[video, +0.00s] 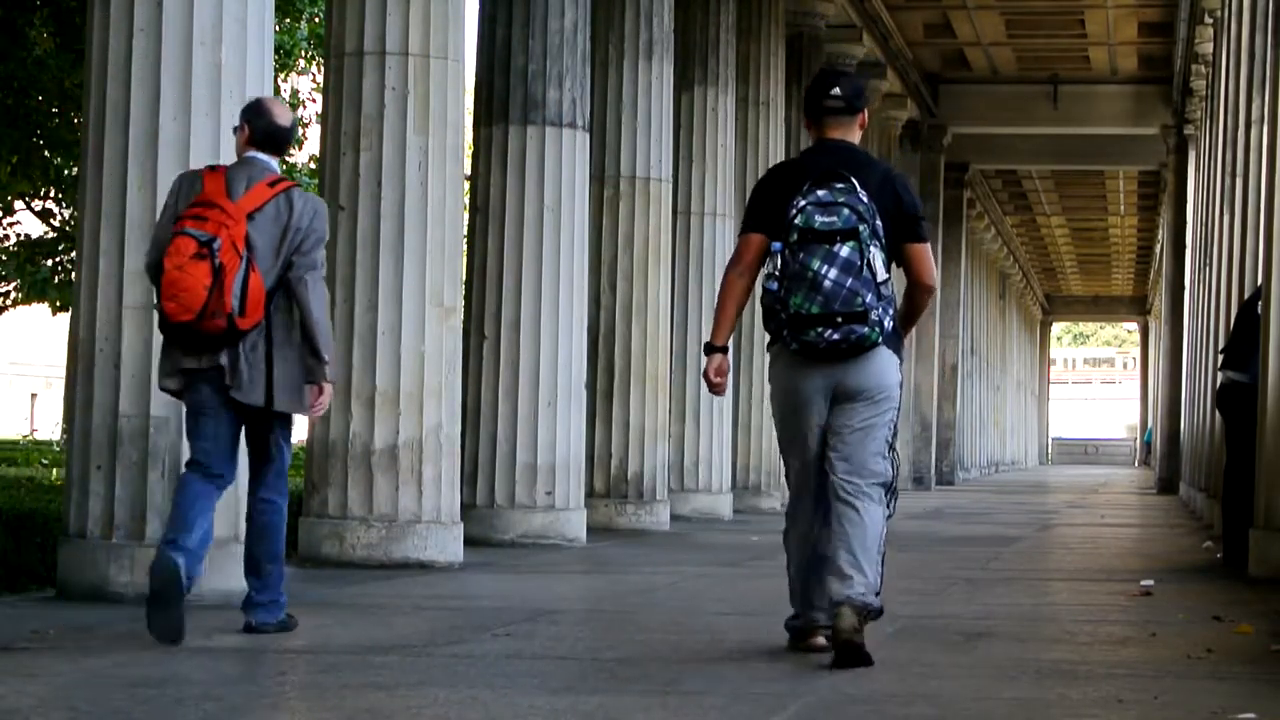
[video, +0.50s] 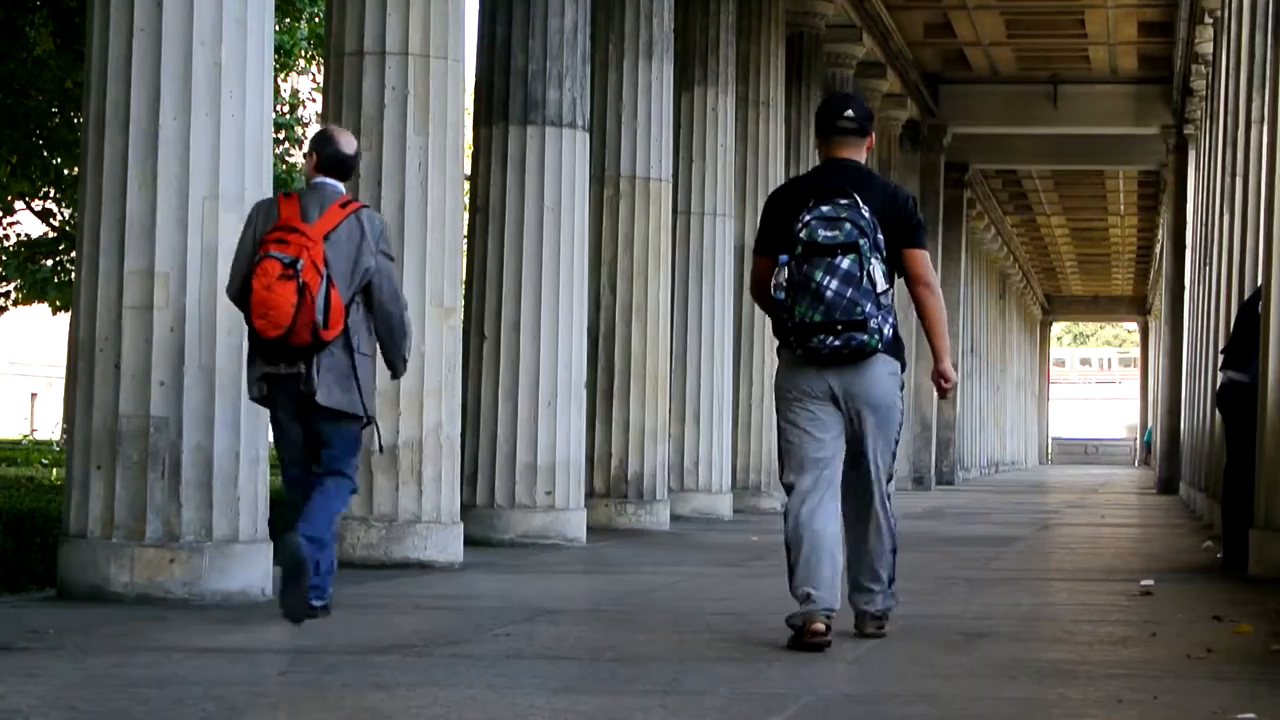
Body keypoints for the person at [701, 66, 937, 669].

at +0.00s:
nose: (851, 124)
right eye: (860, 114)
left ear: (805, 120)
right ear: (863, 119)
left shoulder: (777, 180)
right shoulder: (888, 183)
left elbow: (745, 262)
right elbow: (925, 281)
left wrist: (718, 343)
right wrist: (897, 332)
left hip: (795, 357)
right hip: (872, 354)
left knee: (804, 487)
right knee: (858, 483)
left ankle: (809, 618)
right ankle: (849, 605)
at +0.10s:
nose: (851, 124)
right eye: (855, 115)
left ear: (800, 121)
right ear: (857, 118)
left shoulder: (772, 183)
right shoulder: (884, 182)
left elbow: (746, 272)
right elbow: (921, 273)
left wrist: (728, 352)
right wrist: (907, 338)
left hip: (794, 357)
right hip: (866, 354)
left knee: (806, 493)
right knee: (870, 483)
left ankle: (812, 621)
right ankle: (860, 567)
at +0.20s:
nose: (852, 124)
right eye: (855, 117)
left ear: (800, 119)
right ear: (856, 118)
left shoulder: (770, 181)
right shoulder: (882, 178)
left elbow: (748, 274)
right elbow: (917, 267)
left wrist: (744, 351)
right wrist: (921, 342)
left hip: (794, 348)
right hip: (864, 345)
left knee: (807, 478)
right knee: (876, 468)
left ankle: (811, 619)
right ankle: (862, 559)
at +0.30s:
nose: (858, 127)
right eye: (860, 120)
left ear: (804, 122)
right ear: (857, 122)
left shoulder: (772, 182)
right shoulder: (883, 182)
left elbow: (751, 278)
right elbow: (915, 267)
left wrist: (767, 340)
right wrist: (934, 344)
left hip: (796, 351)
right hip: (869, 348)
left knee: (807, 480)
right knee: (877, 471)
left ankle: (813, 617)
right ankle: (868, 590)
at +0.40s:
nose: (862, 136)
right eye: (864, 129)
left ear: (809, 130)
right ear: (861, 131)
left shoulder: (777, 190)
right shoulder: (885, 189)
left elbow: (753, 280)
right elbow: (917, 272)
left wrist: (787, 326)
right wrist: (940, 347)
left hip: (798, 357)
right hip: (870, 355)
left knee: (808, 480)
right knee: (873, 478)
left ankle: (814, 615)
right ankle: (878, 608)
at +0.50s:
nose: (868, 144)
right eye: (871, 137)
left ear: (818, 138)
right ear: (871, 139)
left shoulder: (785, 198)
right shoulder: (894, 200)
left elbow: (760, 285)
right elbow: (922, 282)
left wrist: (791, 328)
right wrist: (943, 356)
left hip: (802, 360)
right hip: (873, 360)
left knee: (809, 482)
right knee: (872, 482)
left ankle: (814, 609)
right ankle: (872, 605)